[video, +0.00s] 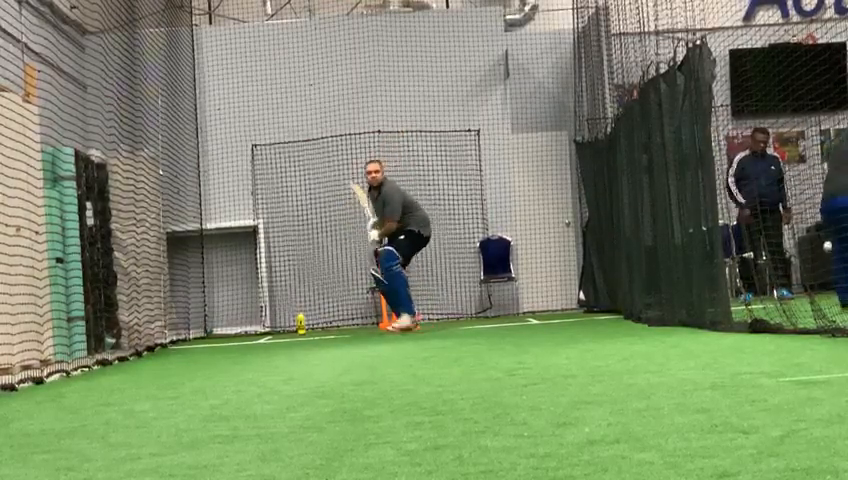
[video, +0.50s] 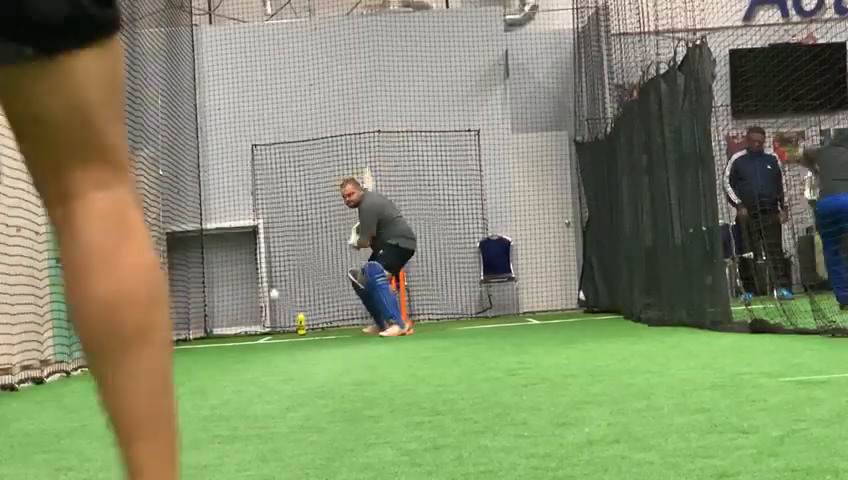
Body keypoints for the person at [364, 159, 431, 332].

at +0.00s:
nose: (373, 176)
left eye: (376, 172)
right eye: (369, 173)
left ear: (383, 173)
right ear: (366, 176)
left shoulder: (391, 190)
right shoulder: (372, 193)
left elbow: (392, 224)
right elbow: (382, 217)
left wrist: (379, 234)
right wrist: (376, 224)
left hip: (416, 229)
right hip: (400, 231)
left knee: (388, 258)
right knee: (381, 272)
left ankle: (407, 314)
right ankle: (403, 316)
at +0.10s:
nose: (367, 181)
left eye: (370, 176)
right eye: (363, 178)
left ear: (378, 176)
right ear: (359, 180)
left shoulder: (383, 194)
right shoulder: (372, 195)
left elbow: (382, 228)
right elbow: (379, 215)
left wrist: (373, 232)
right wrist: (372, 219)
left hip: (414, 231)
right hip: (401, 233)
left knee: (392, 262)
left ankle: (398, 319)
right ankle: (405, 317)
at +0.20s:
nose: (362, 186)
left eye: (366, 182)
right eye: (359, 184)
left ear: (375, 180)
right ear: (356, 185)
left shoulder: (380, 198)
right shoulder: (375, 196)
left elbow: (379, 232)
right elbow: (374, 217)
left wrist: (371, 237)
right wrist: (371, 225)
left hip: (408, 239)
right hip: (400, 238)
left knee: (381, 270)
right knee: (374, 280)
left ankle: (399, 323)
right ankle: (405, 319)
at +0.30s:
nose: (359, 192)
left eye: (362, 187)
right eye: (355, 189)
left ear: (371, 184)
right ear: (352, 190)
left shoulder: (378, 201)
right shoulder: (374, 198)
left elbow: (377, 236)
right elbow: (379, 222)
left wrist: (370, 243)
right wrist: (371, 231)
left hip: (405, 242)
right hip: (396, 241)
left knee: (376, 273)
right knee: (370, 275)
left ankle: (398, 324)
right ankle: (398, 321)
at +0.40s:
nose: (353, 197)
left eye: (356, 192)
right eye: (350, 193)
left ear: (365, 189)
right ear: (347, 194)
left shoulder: (371, 204)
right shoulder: (376, 197)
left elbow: (372, 240)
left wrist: (365, 242)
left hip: (401, 243)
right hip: (396, 242)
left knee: (373, 273)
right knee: (364, 275)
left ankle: (399, 324)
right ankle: (380, 324)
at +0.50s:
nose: (347, 200)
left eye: (350, 195)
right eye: (344, 197)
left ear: (360, 190)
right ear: (342, 197)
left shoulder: (367, 205)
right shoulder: (369, 199)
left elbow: (365, 241)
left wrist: (357, 243)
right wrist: (364, 227)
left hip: (399, 243)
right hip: (391, 243)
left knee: (373, 272)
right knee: (360, 279)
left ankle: (398, 324)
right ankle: (382, 324)